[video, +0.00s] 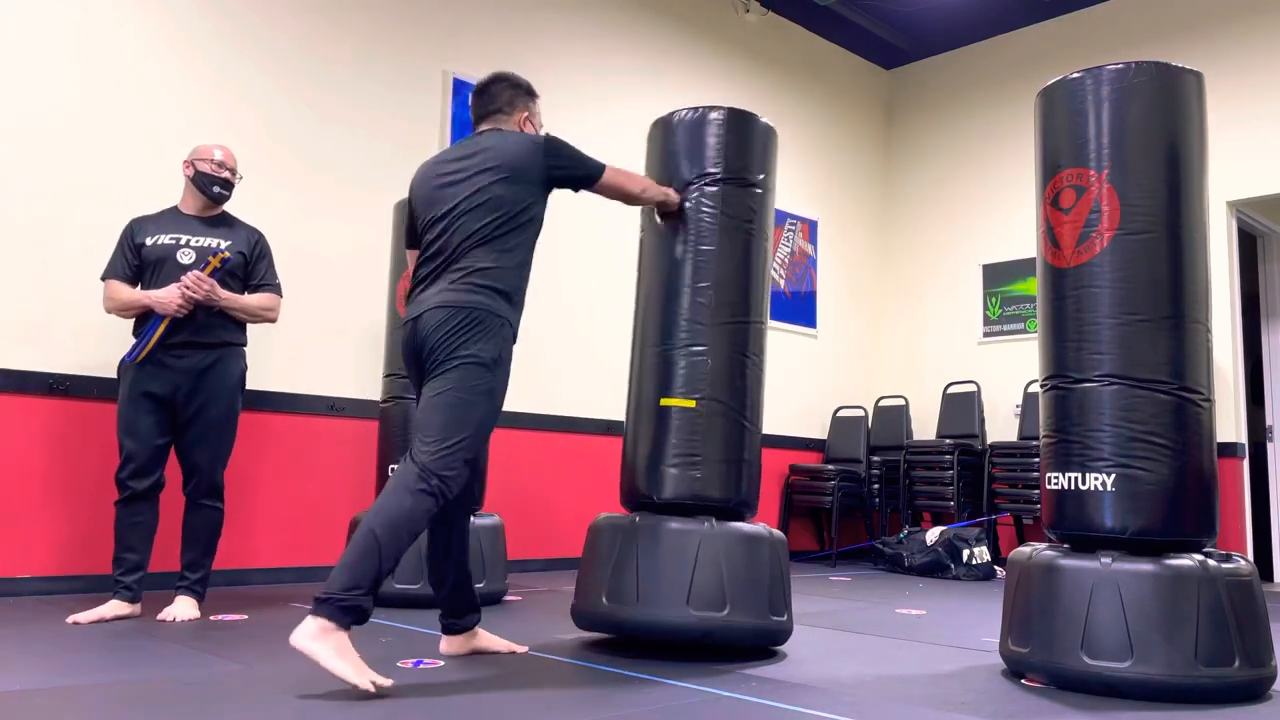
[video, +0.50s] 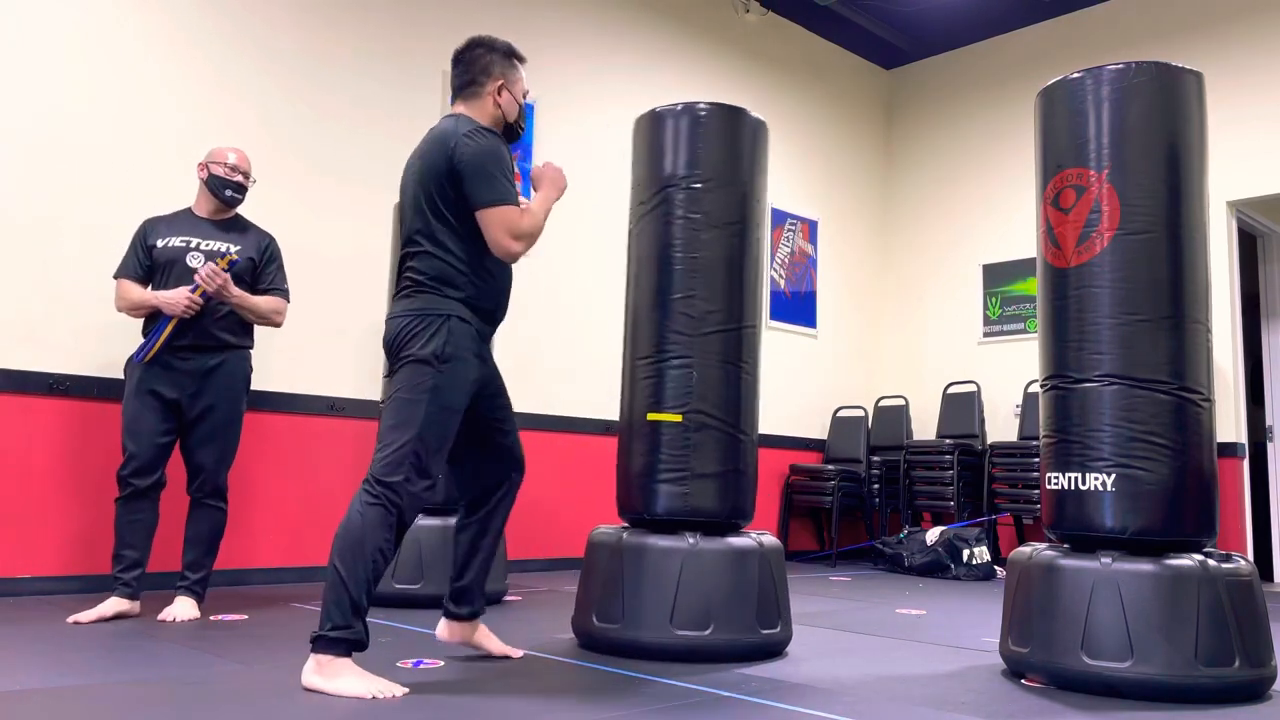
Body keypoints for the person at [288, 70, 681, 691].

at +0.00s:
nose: (540, 129)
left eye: (539, 121)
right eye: (538, 120)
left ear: (477, 117)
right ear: (524, 116)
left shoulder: (428, 172)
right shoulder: (532, 147)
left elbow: (416, 259)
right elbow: (632, 187)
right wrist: (668, 197)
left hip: (421, 320)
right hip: (477, 316)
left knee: (455, 481)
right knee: (428, 473)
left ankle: (460, 627)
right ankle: (327, 621)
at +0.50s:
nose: (522, 105)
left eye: (522, 94)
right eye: (520, 93)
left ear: (467, 88)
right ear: (499, 88)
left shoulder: (440, 143)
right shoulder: (473, 142)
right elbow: (510, 241)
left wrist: (517, 193)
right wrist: (547, 194)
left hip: (447, 328)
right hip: (443, 327)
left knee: (496, 467)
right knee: (395, 485)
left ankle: (463, 620)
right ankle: (330, 655)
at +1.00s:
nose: (546, 134)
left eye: (546, 126)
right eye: (545, 125)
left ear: (483, 123)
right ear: (532, 122)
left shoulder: (435, 176)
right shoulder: (538, 152)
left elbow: (427, 262)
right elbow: (639, 198)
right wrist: (667, 207)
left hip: (426, 325)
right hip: (477, 323)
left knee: (457, 482)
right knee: (439, 484)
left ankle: (463, 627)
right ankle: (355, 638)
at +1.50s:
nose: (554, 133)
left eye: (555, 121)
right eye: (552, 119)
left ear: (509, 113)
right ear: (528, 114)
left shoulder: (484, 164)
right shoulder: (489, 165)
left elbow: (496, 266)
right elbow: (499, 266)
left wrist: (557, 266)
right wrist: (571, 266)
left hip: (463, 339)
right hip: (445, 335)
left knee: (487, 474)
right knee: (426, 484)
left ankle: (470, 616)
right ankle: (367, 649)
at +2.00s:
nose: (543, 153)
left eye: (542, 145)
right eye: (543, 145)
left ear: (484, 140)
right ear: (531, 140)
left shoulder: (437, 187)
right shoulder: (538, 172)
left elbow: (425, 266)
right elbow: (588, 248)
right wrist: (555, 214)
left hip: (434, 329)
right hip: (495, 327)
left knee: (448, 468)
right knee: (496, 468)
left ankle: (457, 617)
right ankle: (435, 618)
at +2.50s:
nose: (549, 129)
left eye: (547, 119)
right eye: (546, 118)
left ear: (507, 117)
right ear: (527, 114)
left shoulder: (514, 182)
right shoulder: (488, 161)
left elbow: (563, 249)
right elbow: (501, 233)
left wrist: (630, 234)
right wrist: (563, 227)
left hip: (495, 345)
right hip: (481, 344)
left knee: (490, 484)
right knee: (487, 485)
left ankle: (444, 617)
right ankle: (409, 636)